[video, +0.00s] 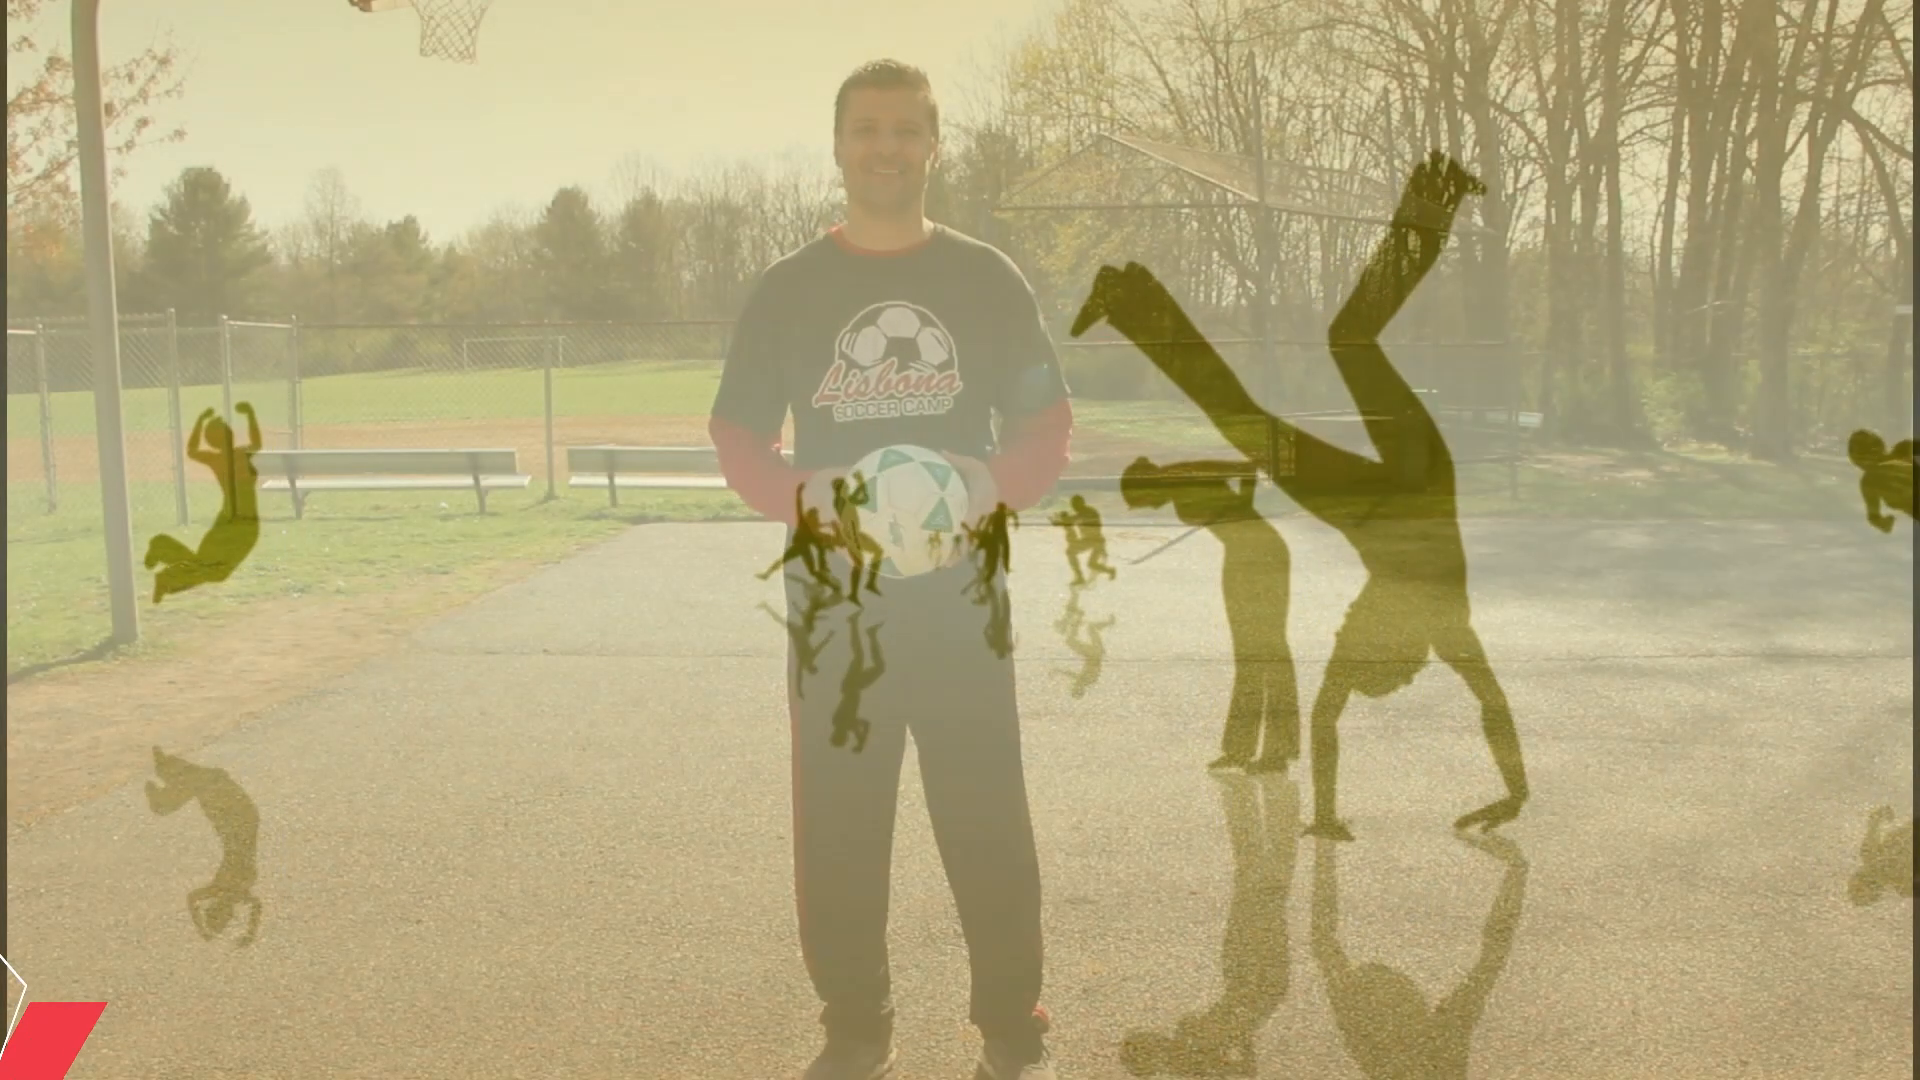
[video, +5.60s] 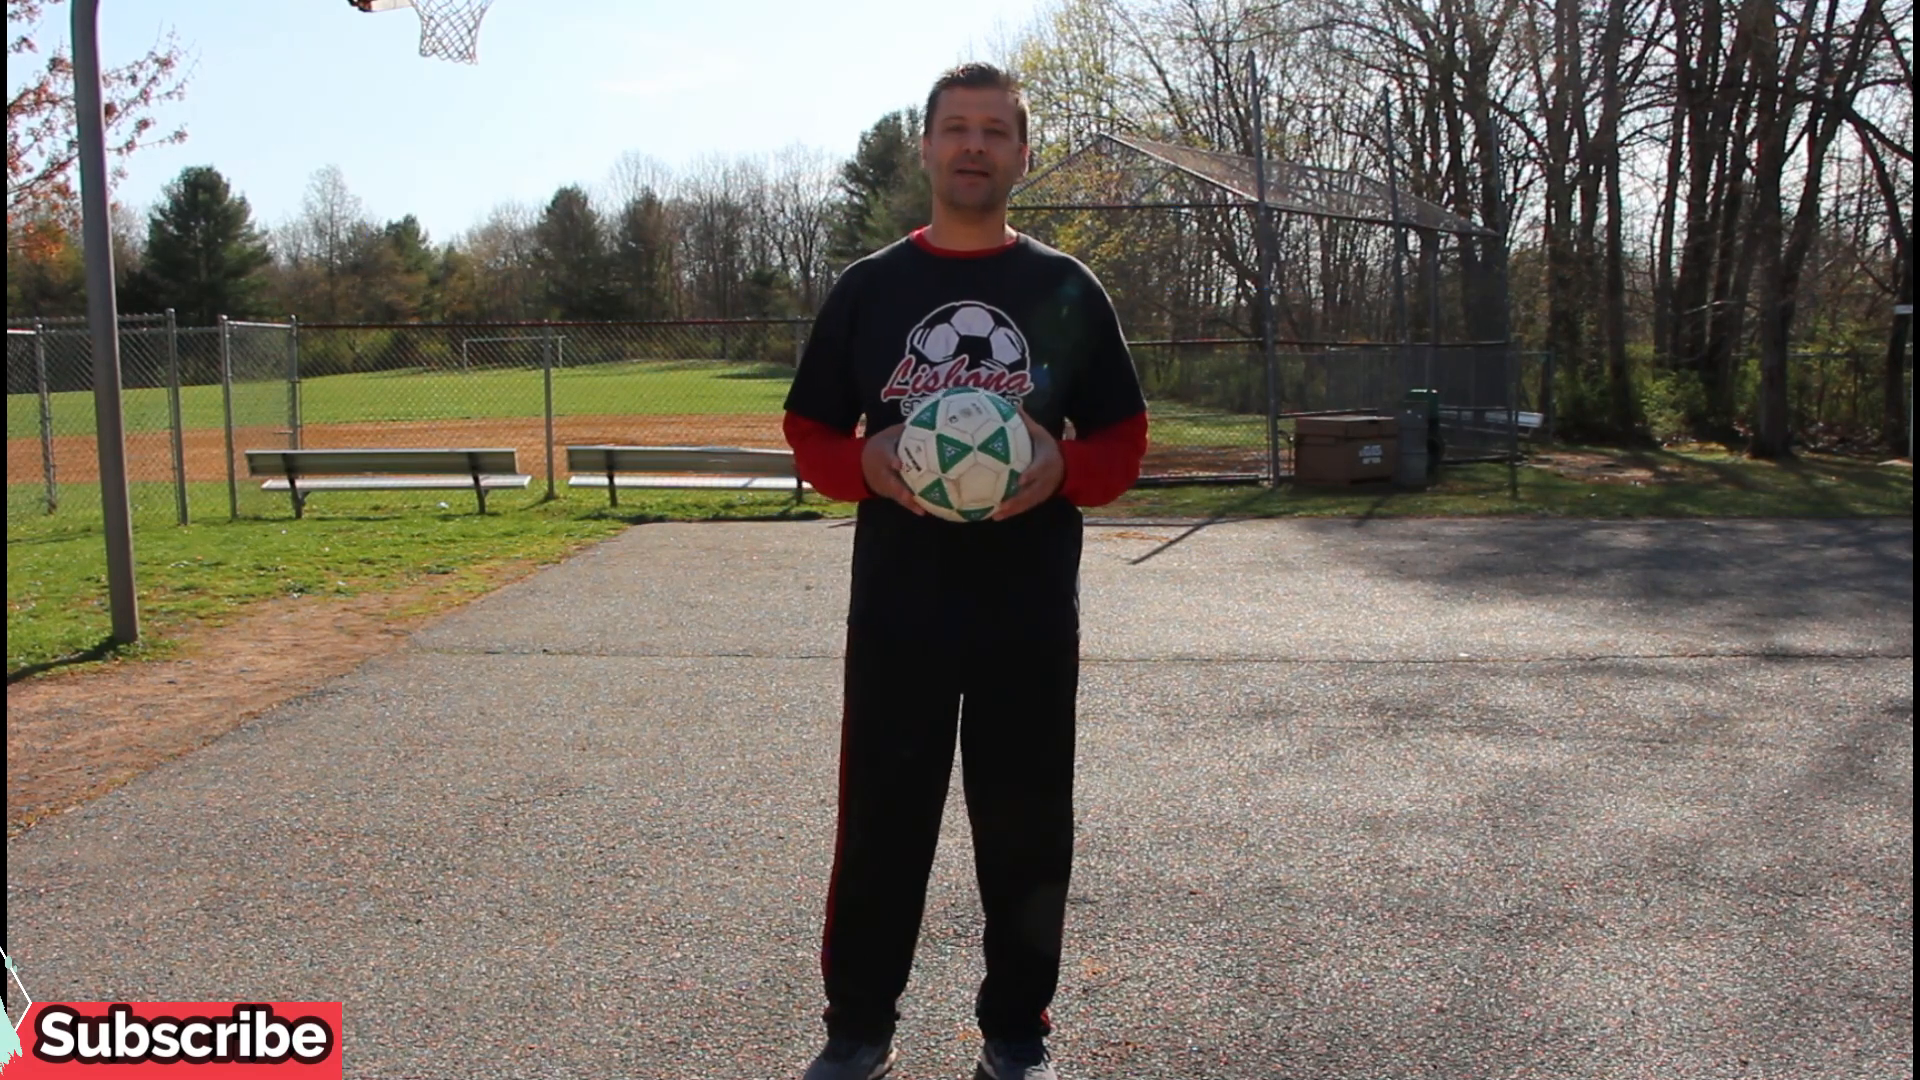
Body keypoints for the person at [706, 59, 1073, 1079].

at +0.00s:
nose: (890, 149)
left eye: (910, 130)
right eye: (868, 131)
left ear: (936, 145)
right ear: (838, 147)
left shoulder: (987, 277)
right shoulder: (785, 290)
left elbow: (1047, 424)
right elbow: (737, 436)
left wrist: (985, 493)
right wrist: (803, 502)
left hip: (959, 582)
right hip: (836, 591)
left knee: (985, 808)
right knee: (838, 814)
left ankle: (1010, 1021)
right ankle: (852, 1023)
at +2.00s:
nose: (997, 154)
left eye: (1018, 139)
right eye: (978, 137)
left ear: (1044, 158)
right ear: (948, 154)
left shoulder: (1094, 287)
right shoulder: (894, 291)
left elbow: (1154, 430)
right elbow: (843, 425)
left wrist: (1094, 482)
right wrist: (887, 487)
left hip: (1056, 599)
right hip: (931, 594)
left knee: (1046, 821)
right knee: (897, 814)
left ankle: (1020, 1029)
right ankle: (857, 1026)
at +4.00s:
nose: (880, 148)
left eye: (897, 131)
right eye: (857, 133)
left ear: (923, 148)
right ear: (828, 155)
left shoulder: (974, 287)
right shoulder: (774, 293)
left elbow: (1028, 433)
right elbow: (719, 427)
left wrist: (976, 486)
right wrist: (771, 480)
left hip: (935, 594)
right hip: (810, 597)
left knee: (968, 814)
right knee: (826, 819)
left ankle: (1013, 1029)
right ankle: (853, 1025)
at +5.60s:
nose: (976, 146)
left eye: (998, 131)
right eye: (957, 129)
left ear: (1024, 154)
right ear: (926, 147)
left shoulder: (1068, 290)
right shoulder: (864, 289)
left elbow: (1125, 431)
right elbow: (807, 428)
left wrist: (1064, 468)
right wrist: (859, 462)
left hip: (1028, 601)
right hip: (898, 597)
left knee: (1028, 821)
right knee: (881, 816)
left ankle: (1017, 1033)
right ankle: (857, 1027)